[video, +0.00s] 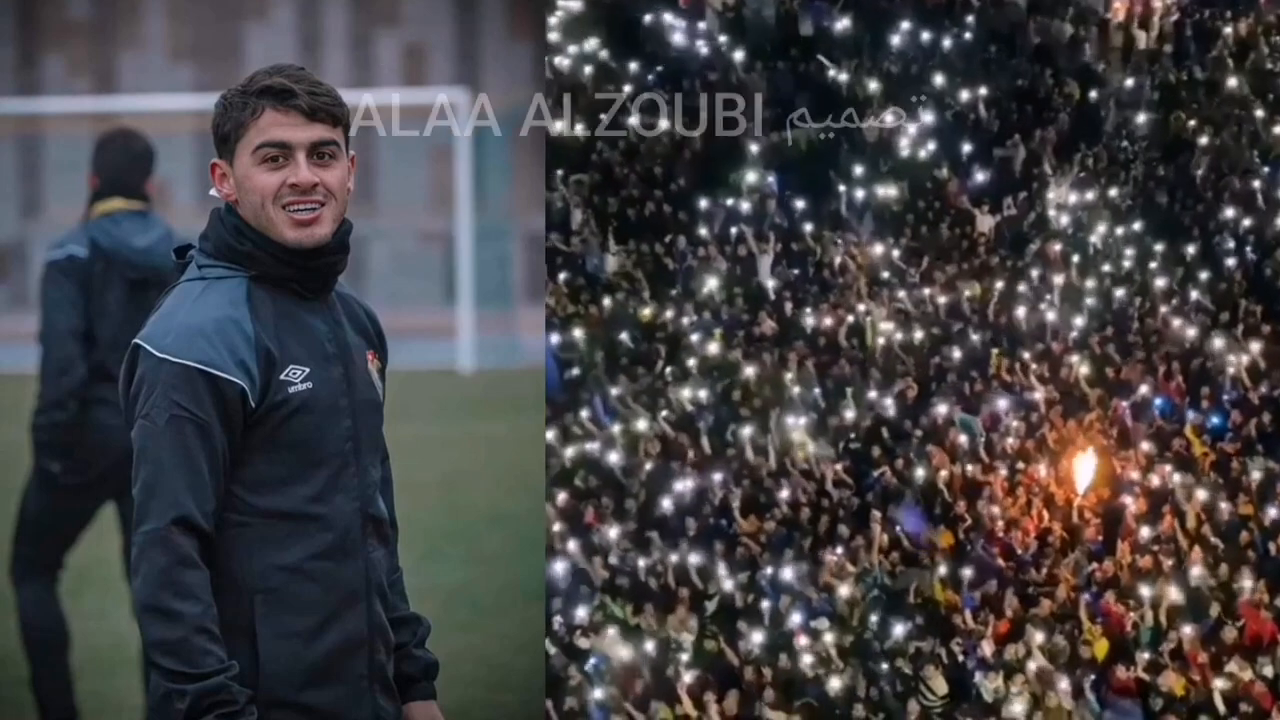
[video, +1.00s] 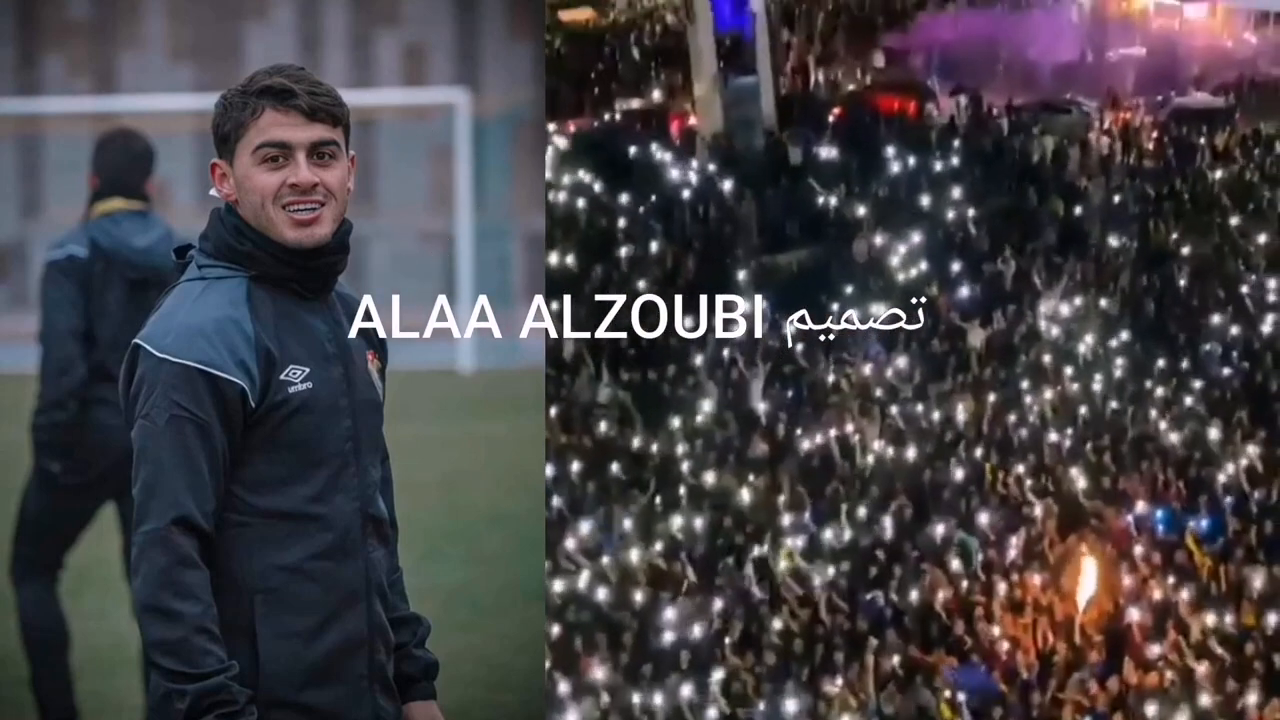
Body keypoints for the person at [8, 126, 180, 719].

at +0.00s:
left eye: (93, 173)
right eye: (149, 178)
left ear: (94, 180)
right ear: (152, 185)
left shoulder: (73, 253)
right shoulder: (178, 254)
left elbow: (65, 361)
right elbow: (190, 352)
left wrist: (52, 442)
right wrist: (175, 429)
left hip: (88, 448)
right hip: (158, 448)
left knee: (34, 569)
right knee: (156, 580)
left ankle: (57, 708)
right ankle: (167, 705)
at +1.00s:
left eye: (93, 173)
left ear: (94, 180)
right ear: (152, 185)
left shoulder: (73, 253)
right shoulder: (178, 254)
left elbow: (65, 361)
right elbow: (190, 351)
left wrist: (51, 440)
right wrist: (174, 428)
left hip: (88, 448)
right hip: (158, 447)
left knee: (34, 569)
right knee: (157, 580)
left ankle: (57, 708)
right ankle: (167, 705)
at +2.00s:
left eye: (94, 173)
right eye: (150, 178)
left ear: (94, 180)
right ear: (152, 185)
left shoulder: (73, 253)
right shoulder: (178, 254)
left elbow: (65, 362)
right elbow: (191, 352)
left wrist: (52, 442)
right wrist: (175, 429)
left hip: (88, 448)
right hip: (158, 447)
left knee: (34, 569)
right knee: (156, 580)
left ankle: (57, 709)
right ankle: (167, 706)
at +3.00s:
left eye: (94, 173)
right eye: (149, 178)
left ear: (94, 180)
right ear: (152, 185)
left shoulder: (73, 252)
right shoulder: (177, 254)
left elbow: (65, 361)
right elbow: (190, 351)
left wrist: (51, 441)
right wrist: (174, 429)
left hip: (88, 448)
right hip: (158, 447)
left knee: (34, 569)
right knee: (156, 580)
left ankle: (57, 709)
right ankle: (167, 706)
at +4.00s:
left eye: (93, 174)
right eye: (150, 178)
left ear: (94, 180)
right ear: (152, 185)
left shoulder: (74, 253)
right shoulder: (178, 254)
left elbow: (65, 360)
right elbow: (190, 351)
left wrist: (51, 439)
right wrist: (175, 426)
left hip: (88, 447)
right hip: (158, 446)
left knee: (33, 569)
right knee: (157, 580)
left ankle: (57, 708)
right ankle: (167, 704)